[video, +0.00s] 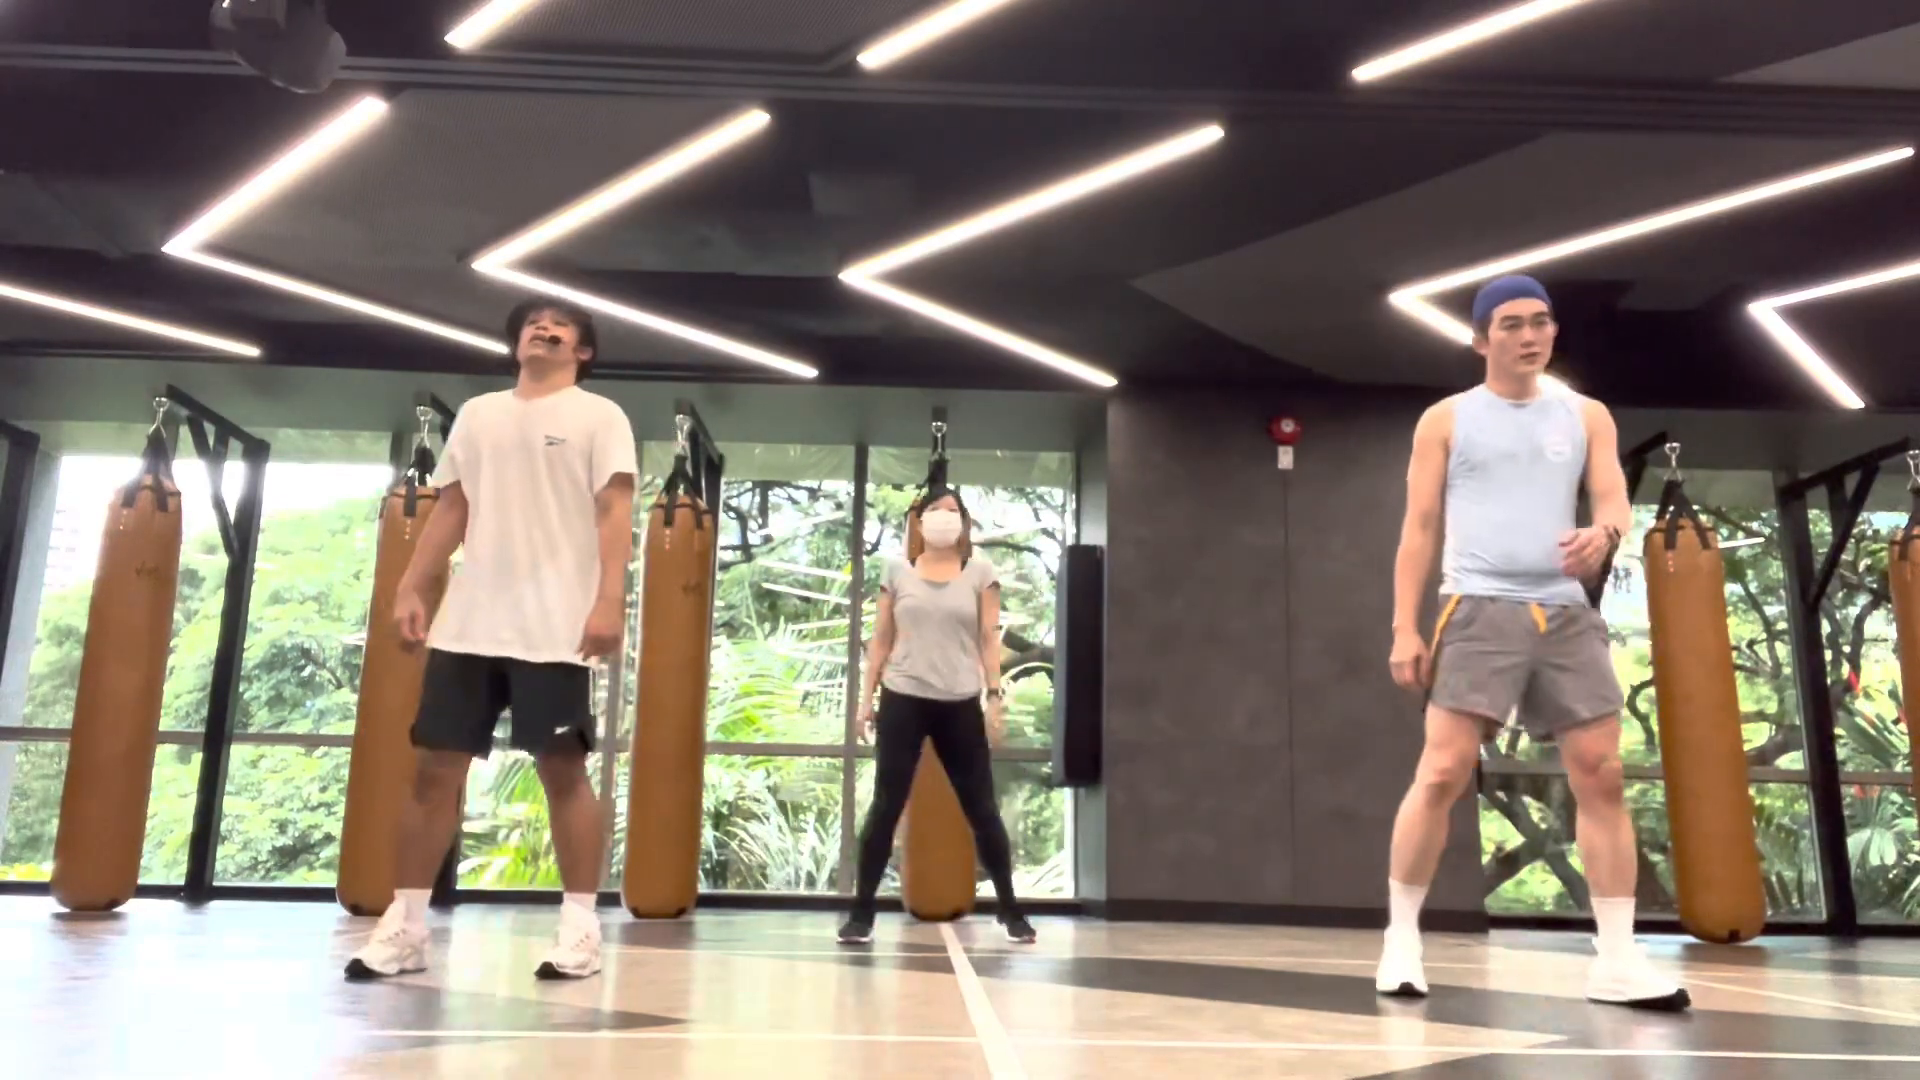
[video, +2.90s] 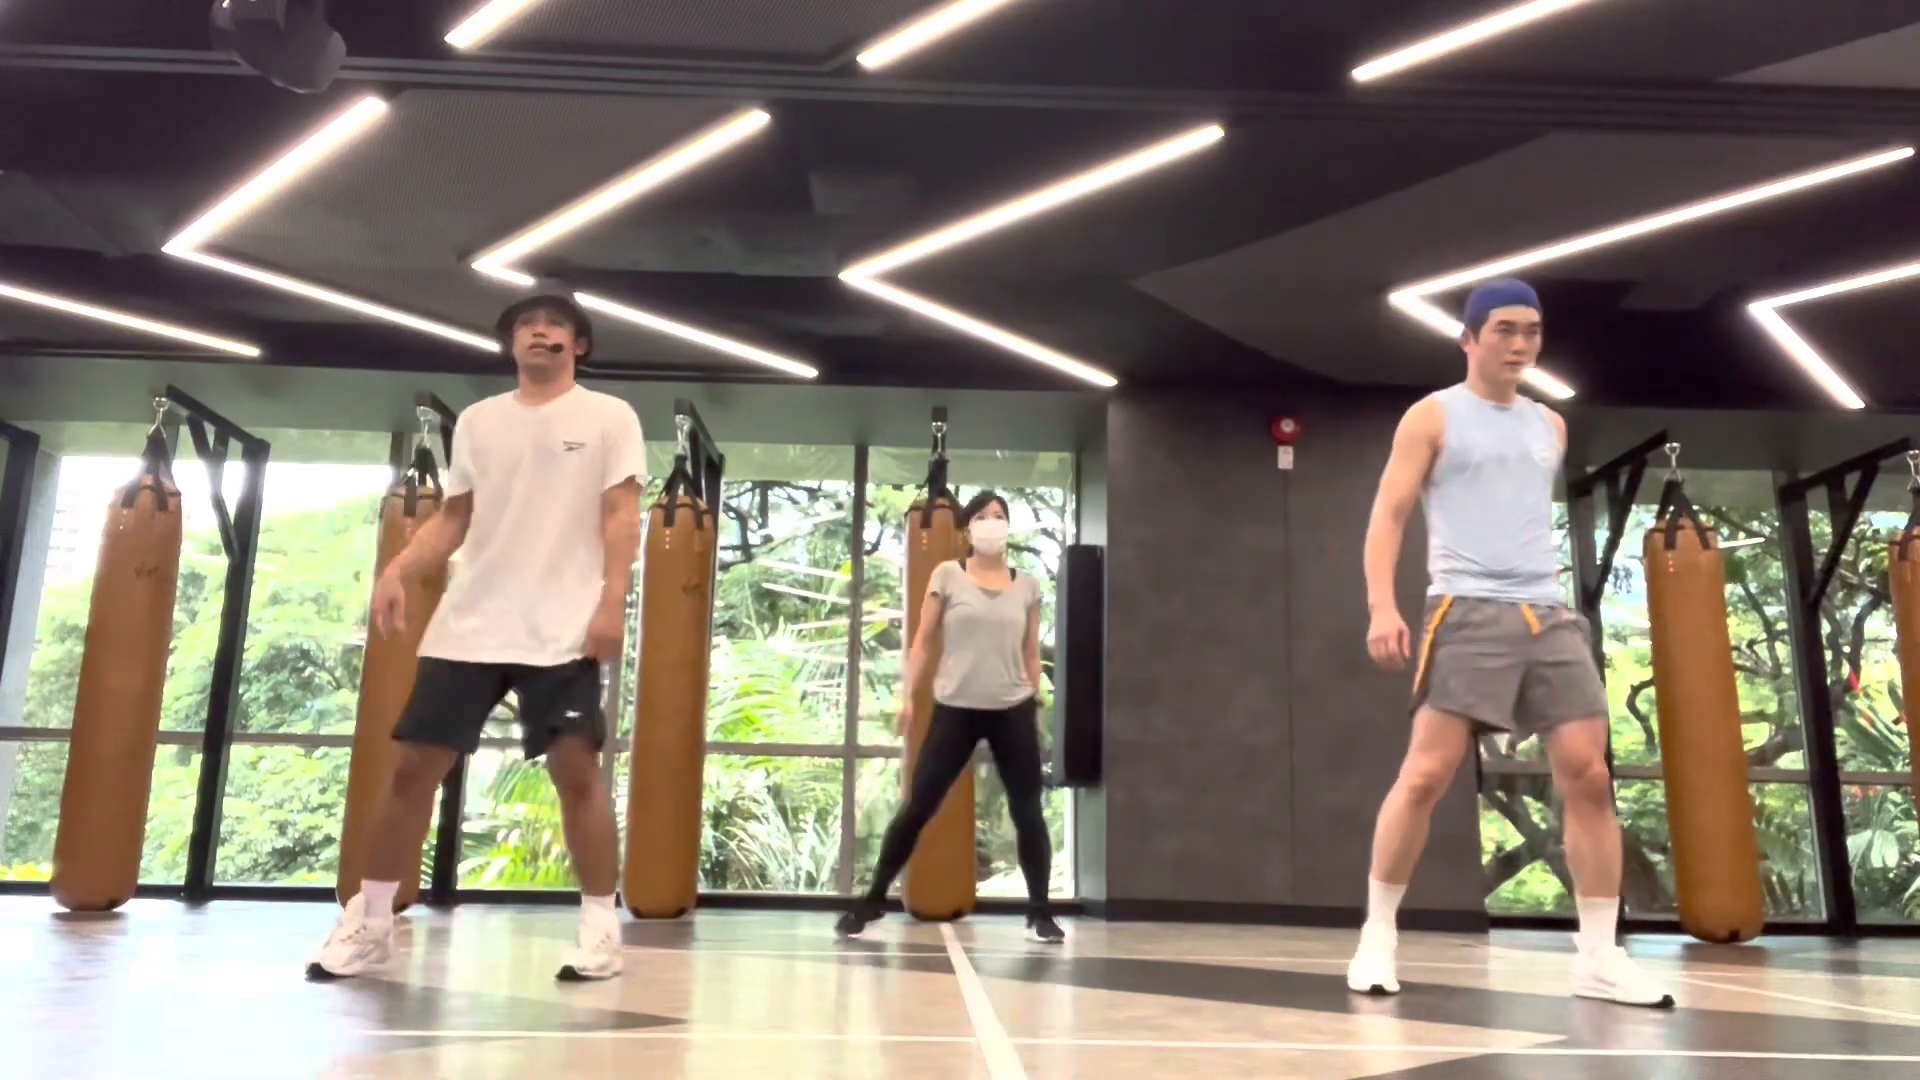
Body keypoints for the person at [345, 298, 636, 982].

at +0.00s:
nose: (543, 332)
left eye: (559, 328)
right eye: (532, 325)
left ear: (582, 355)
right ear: (514, 345)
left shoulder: (600, 416)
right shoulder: (478, 413)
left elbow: (615, 511)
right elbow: (451, 506)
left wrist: (610, 601)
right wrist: (411, 585)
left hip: (555, 626)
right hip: (469, 621)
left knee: (564, 772)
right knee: (435, 770)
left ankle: (581, 929)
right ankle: (405, 928)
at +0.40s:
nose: (464, 324)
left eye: (480, 317)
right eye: (452, 317)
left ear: (506, 341)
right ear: (435, 341)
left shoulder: (540, 405)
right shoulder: (408, 420)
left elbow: (559, 493)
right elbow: (384, 523)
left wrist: (560, 574)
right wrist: (342, 606)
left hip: (503, 610)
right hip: (416, 616)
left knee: (481, 735)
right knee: (412, 765)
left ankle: (486, 912)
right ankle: (404, 926)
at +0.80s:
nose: (491, 326)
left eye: (506, 319)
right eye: (478, 319)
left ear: (530, 345)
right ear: (458, 343)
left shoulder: (559, 408)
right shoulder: (429, 423)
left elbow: (575, 499)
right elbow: (405, 519)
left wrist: (553, 570)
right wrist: (381, 589)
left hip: (521, 616)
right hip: (434, 623)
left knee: (533, 749)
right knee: (425, 771)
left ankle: (575, 905)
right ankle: (404, 926)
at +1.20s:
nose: (580, 327)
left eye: (596, 324)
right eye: (568, 320)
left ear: (616, 352)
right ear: (547, 346)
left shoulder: (640, 413)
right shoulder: (518, 421)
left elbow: (662, 504)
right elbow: (500, 523)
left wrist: (657, 590)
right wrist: (470, 611)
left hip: (598, 617)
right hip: (513, 614)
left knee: (589, 763)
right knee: (453, 741)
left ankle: (600, 933)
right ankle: (462, 904)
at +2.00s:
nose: (489, 328)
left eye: (505, 323)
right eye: (477, 318)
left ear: (526, 349)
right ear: (455, 339)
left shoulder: (546, 416)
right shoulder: (419, 418)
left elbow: (560, 513)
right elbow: (398, 520)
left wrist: (563, 606)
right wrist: (364, 601)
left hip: (507, 631)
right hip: (413, 630)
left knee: (540, 772)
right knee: (379, 769)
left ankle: (592, 923)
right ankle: (364, 928)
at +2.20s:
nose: (450, 318)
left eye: (466, 312)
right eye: (438, 310)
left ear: (490, 338)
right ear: (418, 332)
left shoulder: (519, 407)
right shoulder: (384, 413)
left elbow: (531, 504)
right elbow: (359, 511)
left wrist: (507, 590)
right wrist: (312, 594)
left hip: (476, 621)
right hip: (393, 621)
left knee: (475, 753)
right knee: (376, 768)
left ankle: (504, 899)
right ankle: (362, 926)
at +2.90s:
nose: (542, 333)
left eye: (557, 323)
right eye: (529, 323)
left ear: (579, 344)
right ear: (510, 342)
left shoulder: (609, 417)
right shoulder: (477, 419)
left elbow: (621, 518)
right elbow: (453, 518)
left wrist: (611, 604)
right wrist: (397, 568)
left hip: (563, 626)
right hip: (470, 623)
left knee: (576, 770)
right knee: (412, 767)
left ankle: (600, 930)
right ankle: (370, 923)